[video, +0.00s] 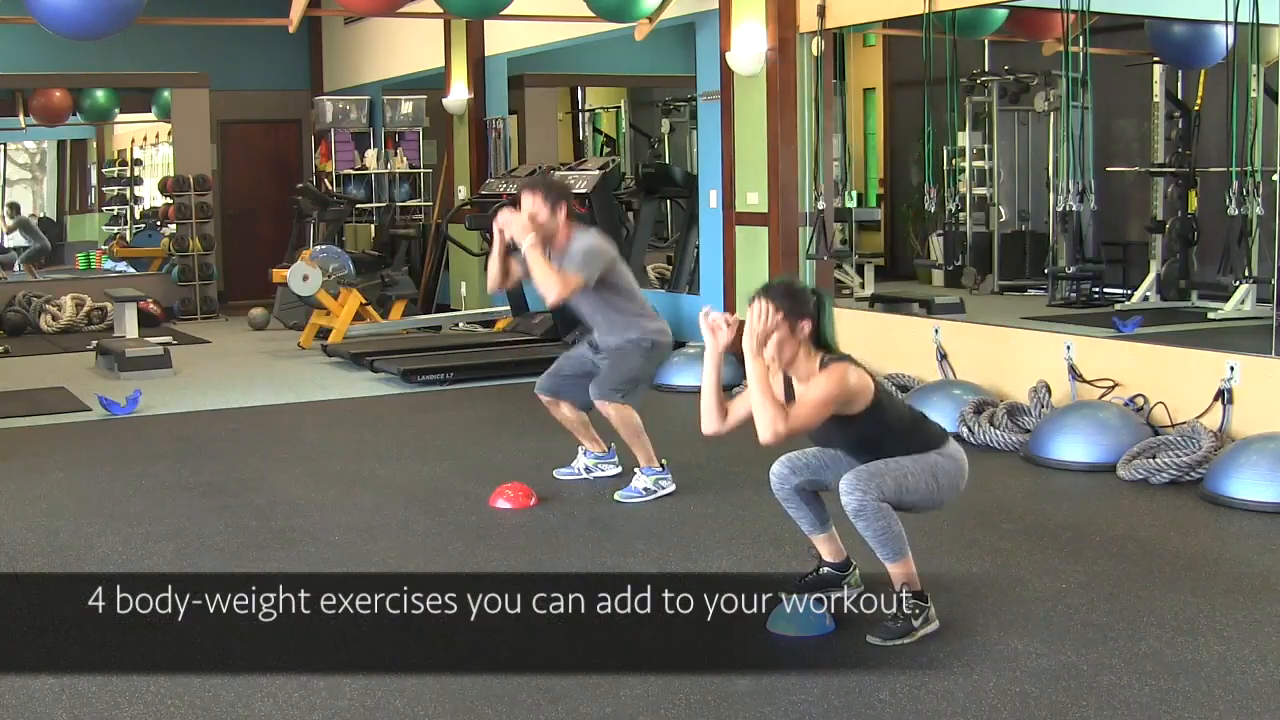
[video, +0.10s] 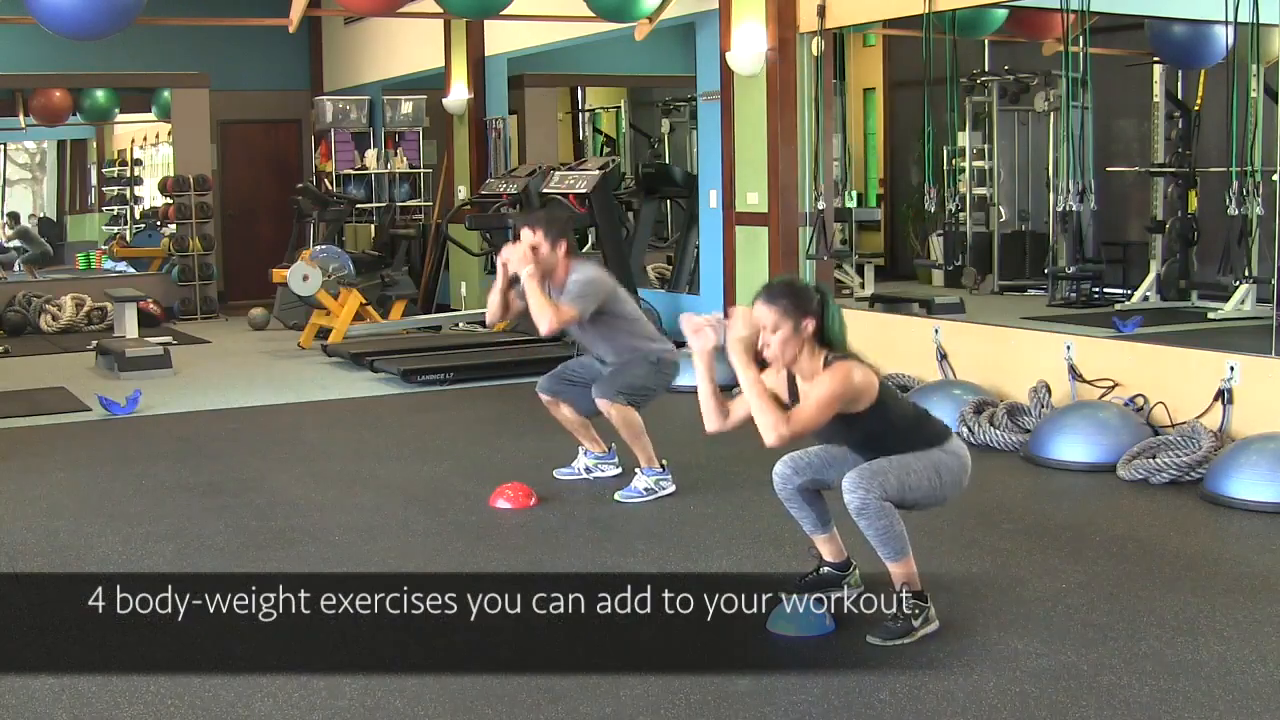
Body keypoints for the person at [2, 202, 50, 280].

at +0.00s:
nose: (6, 213)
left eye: (8, 210)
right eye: (6, 211)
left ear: (14, 210)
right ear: (15, 210)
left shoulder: (20, 220)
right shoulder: (21, 219)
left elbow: (7, 231)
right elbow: (8, 231)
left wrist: (2, 218)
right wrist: (3, 219)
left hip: (41, 245)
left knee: (23, 261)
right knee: (25, 260)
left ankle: (36, 279)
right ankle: (36, 278)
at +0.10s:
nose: (6, 223)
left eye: (8, 220)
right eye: (6, 221)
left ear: (13, 221)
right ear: (14, 221)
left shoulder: (21, 229)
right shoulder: (21, 229)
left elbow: (6, 240)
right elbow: (7, 239)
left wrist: (2, 229)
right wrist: (3, 229)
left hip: (43, 252)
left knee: (23, 261)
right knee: (23, 260)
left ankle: (36, 279)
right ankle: (36, 278)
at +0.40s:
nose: (7, 211)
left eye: (8, 209)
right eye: (7, 209)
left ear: (14, 209)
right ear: (13, 209)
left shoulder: (20, 218)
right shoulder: (17, 219)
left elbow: (19, 231)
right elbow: (16, 231)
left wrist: (9, 242)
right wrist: (8, 240)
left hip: (40, 243)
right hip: (36, 243)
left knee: (23, 260)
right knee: (25, 260)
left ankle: (35, 278)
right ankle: (35, 278)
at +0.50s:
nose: (7, 198)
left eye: (9, 195)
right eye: (7, 195)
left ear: (14, 195)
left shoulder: (21, 206)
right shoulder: (18, 207)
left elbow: (27, 214)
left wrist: (22, 227)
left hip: (35, 235)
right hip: (32, 235)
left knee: (23, 258)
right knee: (25, 258)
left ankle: (35, 279)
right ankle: (35, 278)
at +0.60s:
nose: (8, 186)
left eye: (9, 183)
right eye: (7, 183)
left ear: (15, 183)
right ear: (15, 183)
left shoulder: (22, 194)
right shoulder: (19, 195)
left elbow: (30, 205)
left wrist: (29, 220)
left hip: (28, 228)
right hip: (24, 227)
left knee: (23, 253)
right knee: (22, 253)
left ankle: (32, 275)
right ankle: (31, 275)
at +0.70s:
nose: (7, 183)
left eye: (9, 180)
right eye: (7, 180)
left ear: (15, 180)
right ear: (17, 180)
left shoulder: (21, 191)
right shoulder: (25, 190)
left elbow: (31, 202)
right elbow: (37, 202)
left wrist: (35, 217)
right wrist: (36, 216)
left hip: (26, 222)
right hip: (26, 223)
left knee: (22, 251)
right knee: (15, 247)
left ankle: (30, 273)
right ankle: (18, 271)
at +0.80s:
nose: (8, 185)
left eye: (10, 182)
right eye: (8, 182)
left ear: (16, 182)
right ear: (16, 182)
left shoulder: (21, 194)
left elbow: (28, 207)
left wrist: (30, 220)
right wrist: (7, 214)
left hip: (24, 226)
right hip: (20, 225)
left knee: (22, 254)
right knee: (12, 249)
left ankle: (31, 277)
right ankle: (11, 274)